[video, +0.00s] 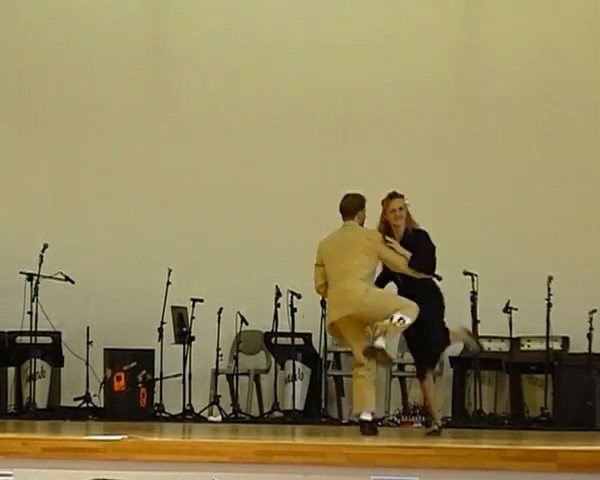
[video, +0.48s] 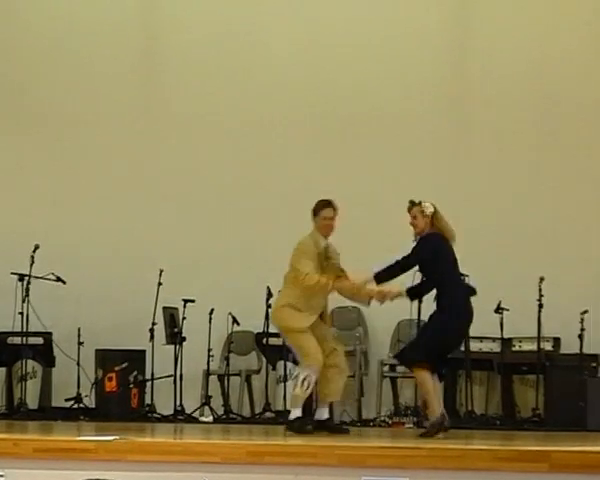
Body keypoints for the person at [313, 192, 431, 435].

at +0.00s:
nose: (366, 216)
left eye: (364, 213)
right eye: (365, 213)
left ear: (342, 215)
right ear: (361, 214)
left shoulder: (325, 244)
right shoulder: (369, 236)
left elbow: (320, 285)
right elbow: (399, 264)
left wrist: (339, 300)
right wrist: (418, 274)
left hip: (336, 307)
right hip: (362, 299)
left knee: (362, 360)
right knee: (410, 308)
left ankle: (365, 416)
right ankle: (381, 338)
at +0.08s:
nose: (367, 212)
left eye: (366, 207)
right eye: (366, 208)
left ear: (343, 209)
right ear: (361, 209)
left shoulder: (325, 237)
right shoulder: (362, 230)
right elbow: (387, 256)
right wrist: (413, 264)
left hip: (325, 301)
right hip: (350, 292)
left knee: (359, 350)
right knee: (395, 311)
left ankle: (359, 413)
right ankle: (387, 364)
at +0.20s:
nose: (365, 211)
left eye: (364, 207)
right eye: (363, 207)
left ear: (346, 210)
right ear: (353, 209)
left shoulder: (337, 233)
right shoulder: (345, 230)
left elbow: (342, 275)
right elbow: (355, 258)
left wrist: (366, 274)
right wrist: (390, 258)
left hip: (323, 301)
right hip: (332, 299)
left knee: (350, 356)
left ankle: (345, 417)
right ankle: (391, 383)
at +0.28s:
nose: (361, 210)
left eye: (361, 205)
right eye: (358, 206)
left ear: (344, 208)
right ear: (345, 208)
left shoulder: (342, 233)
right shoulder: (337, 228)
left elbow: (350, 273)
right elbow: (336, 256)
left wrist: (374, 265)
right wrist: (372, 255)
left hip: (324, 300)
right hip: (321, 297)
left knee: (341, 356)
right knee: (355, 330)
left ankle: (341, 414)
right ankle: (360, 388)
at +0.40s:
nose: (348, 215)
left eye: (350, 211)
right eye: (344, 210)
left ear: (348, 213)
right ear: (331, 212)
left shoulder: (338, 241)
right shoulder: (323, 235)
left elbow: (352, 277)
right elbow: (318, 264)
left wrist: (380, 269)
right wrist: (351, 256)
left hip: (322, 307)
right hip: (302, 304)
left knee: (348, 345)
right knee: (335, 338)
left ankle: (339, 405)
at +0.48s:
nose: (330, 223)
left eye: (332, 219)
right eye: (325, 219)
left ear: (336, 220)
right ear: (314, 220)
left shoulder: (330, 251)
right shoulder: (305, 246)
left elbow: (343, 284)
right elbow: (306, 280)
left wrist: (374, 293)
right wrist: (339, 282)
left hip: (311, 316)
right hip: (288, 313)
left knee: (335, 359)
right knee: (312, 358)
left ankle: (322, 417)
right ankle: (295, 416)